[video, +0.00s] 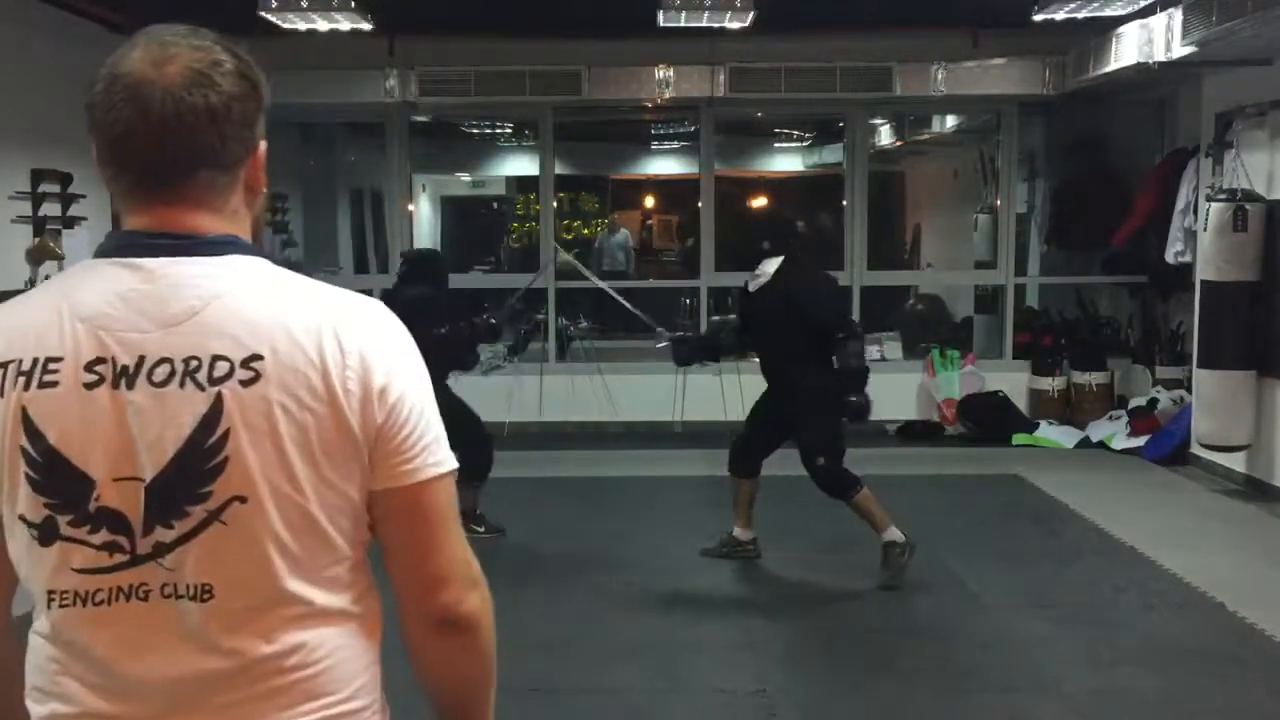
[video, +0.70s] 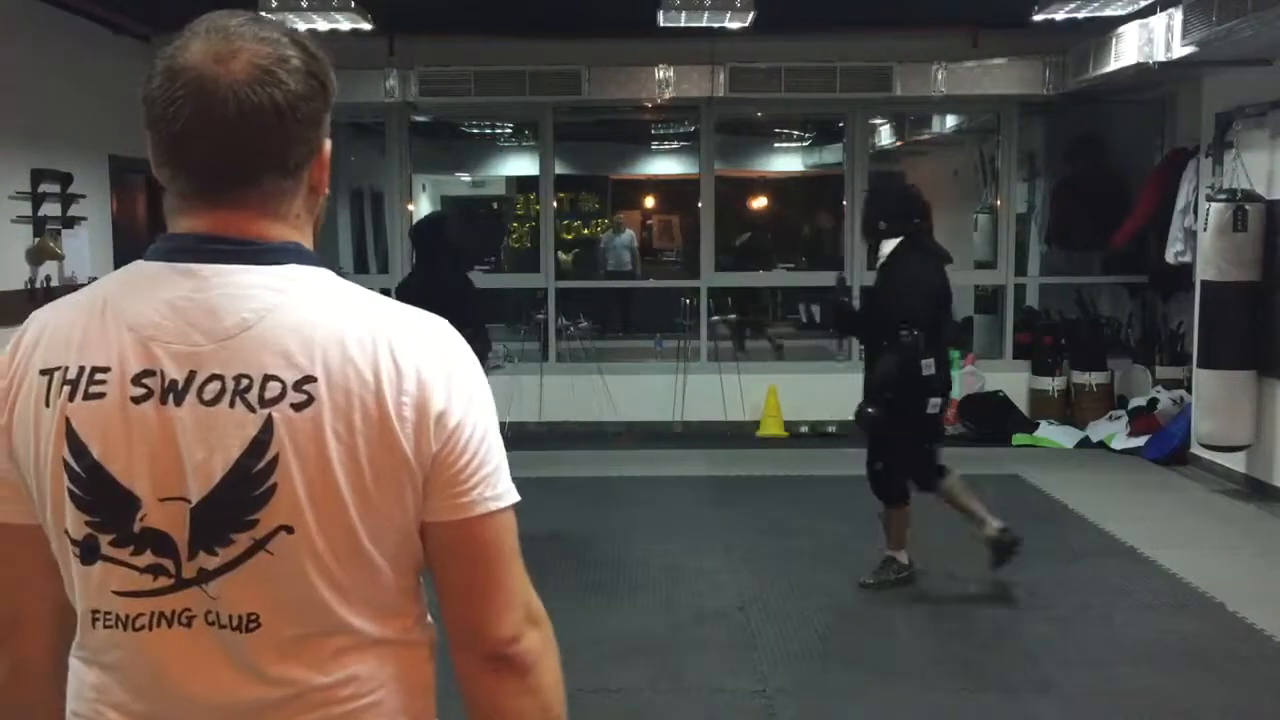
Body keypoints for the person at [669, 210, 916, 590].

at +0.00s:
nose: (749, 252)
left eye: (753, 245)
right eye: (751, 246)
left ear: (766, 245)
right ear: (784, 243)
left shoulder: (808, 280)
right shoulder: (756, 285)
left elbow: (847, 334)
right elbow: (750, 337)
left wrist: (854, 389)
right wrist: (701, 346)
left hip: (816, 392)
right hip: (783, 391)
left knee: (827, 471)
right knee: (744, 456)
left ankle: (893, 539)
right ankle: (742, 536)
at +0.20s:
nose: (777, 268)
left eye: (782, 260)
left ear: (792, 253)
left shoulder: (819, 283)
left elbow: (802, 341)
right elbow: (805, 339)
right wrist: (764, 343)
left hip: (826, 397)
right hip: (806, 395)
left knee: (830, 484)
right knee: (770, 460)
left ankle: (892, 554)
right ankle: (746, 537)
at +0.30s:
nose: (800, 247)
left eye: (804, 239)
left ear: (818, 240)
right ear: (843, 235)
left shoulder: (843, 277)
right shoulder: (834, 274)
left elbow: (825, 342)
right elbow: (825, 336)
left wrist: (779, 337)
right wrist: (782, 335)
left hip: (847, 397)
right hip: (828, 394)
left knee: (843, 484)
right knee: (794, 467)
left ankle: (893, 558)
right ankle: (761, 533)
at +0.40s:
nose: (821, 237)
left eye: (827, 230)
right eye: (823, 229)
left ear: (843, 233)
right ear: (861, 232)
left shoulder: (867, 276)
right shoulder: (849, 272)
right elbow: (837, 331)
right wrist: (796, 326)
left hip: (871, 393)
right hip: (845, 389)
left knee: (854, 480)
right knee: (807, 452)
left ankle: (896, 559)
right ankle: (804, 535)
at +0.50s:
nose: (829, 239)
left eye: (835, 230)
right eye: (828, 229)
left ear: (852, 230)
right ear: (878, 229)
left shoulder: (868, 274)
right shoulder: (894, 269)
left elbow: (846, 326)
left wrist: (806, 315)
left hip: (873, 389)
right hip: (892, 385)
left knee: (865, 472)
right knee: (838, 457)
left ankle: (895, 556)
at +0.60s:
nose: (847, 230)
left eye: (851, 221)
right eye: (848, 221)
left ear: (866, 223)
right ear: (890, 219)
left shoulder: (886, 265)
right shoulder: (905, 258)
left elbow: (879, 330)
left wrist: (837, 318)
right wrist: (842, 316)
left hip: (891, 386)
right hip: (911, 384)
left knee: (874, 471)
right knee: (879, 468)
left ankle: (896, 558)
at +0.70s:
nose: (866, 228)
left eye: (871, 219)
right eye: (867, 219)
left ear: (885, 221)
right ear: (913, 218)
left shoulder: (897, 264)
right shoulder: (926, 258)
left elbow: (883, 331)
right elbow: (936, 324)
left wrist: (846, 318)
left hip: (897, 386)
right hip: (928, 382)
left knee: (888, 471)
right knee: (924, 467)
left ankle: (897, 559)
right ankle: (993, 528)